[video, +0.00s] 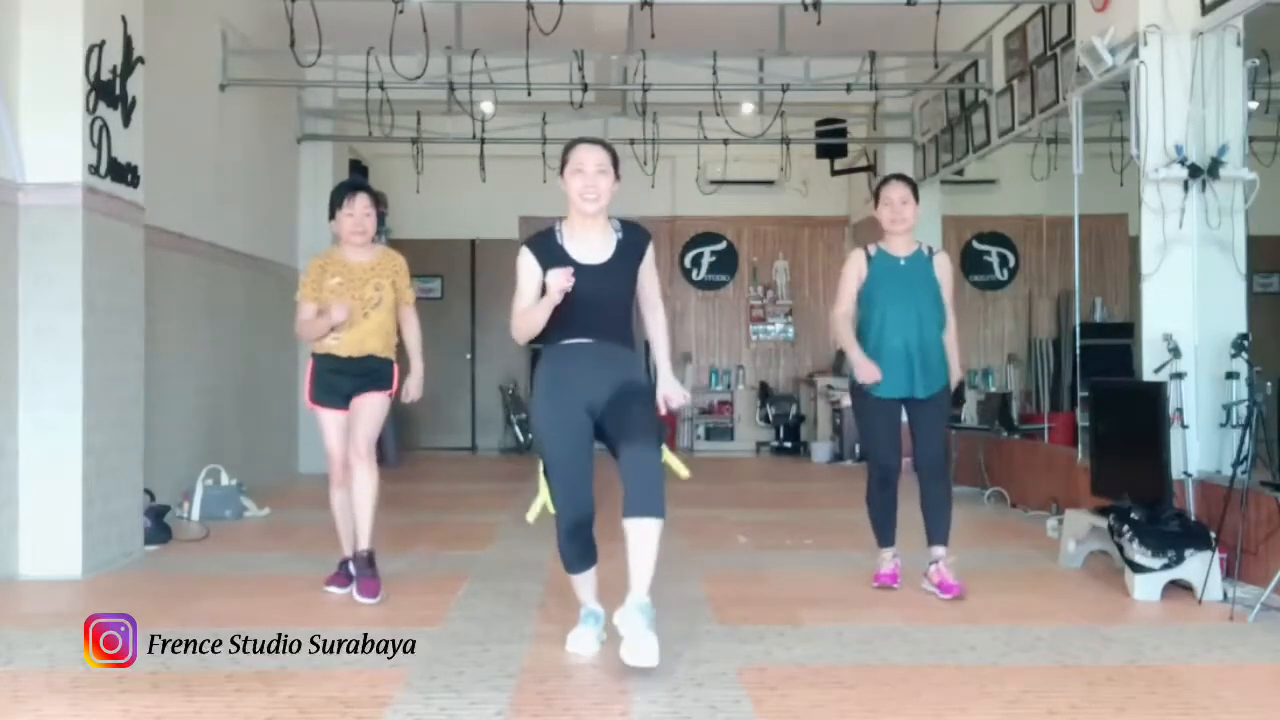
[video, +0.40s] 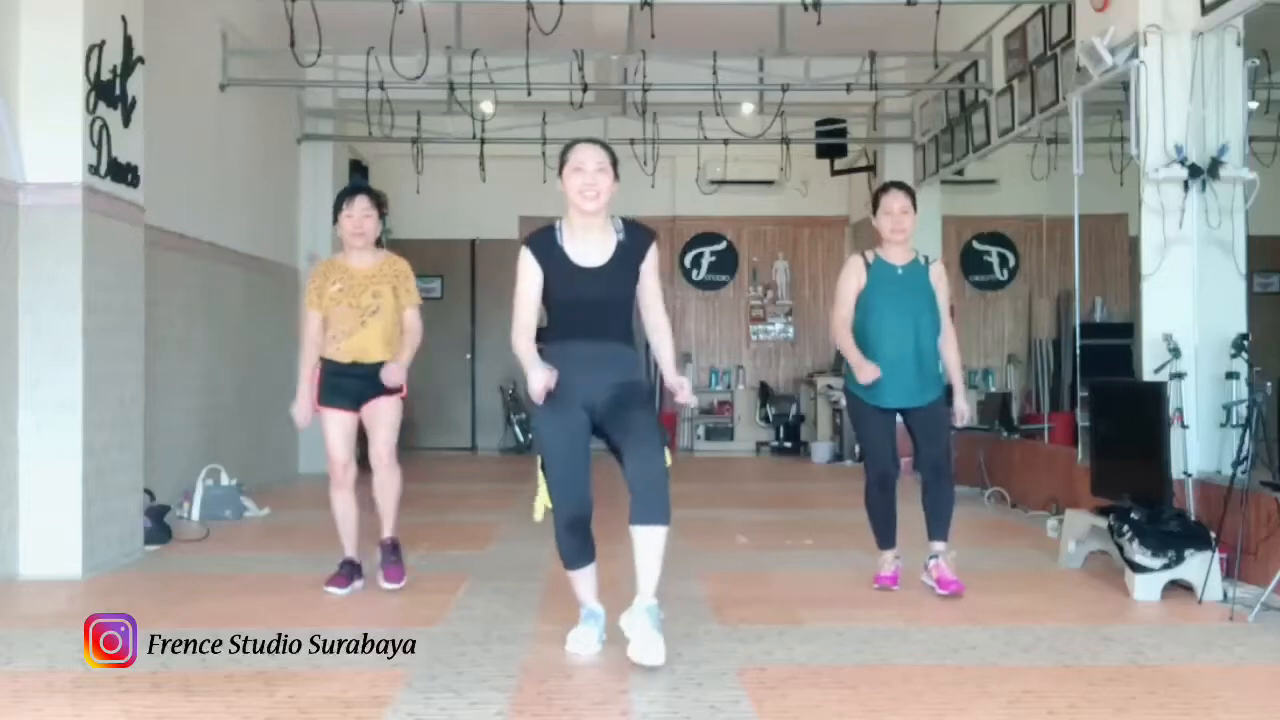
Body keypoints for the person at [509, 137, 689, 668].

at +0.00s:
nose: (589, 181)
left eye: (600, 172)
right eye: (579, 171)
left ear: (615, 182)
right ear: (562, 180)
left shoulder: (636, 242)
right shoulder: (537, 250)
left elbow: (653, 311)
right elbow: (521, 330)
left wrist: (665, 373)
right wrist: (549, 298)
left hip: (625, 374)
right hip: (559, 377)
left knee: (644, 465)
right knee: (573, 509)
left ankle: (638, 605)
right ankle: (590, 612)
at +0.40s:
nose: (589, 179)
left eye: (599, 171)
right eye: (578, 171)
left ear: (615, 182)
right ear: (561, 182)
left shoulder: (640, 244)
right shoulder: (538, 249)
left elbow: (655, 316)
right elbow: (522, 330)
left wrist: (670, 372)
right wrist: (534, 367)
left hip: (626, 385)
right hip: (559, 387)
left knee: (650, 471)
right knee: (570, 507)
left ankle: (645, 606)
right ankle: (591, 614)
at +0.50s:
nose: (590, 175)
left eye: (600, 167)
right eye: (579, 166)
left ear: (615, 178)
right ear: (562, 177)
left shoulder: (640, 237)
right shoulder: (537, 245)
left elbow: (664, 304)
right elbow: (520, 327)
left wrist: (669, 339)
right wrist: (519, 397)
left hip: (624, 380)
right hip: (558, 382)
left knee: (658, 472)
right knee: (570, 504)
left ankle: (646, 584)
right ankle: (590, 612)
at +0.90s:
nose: (588, 179)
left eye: (599, 171)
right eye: (577, 170)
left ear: (615, 182)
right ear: (560, 180)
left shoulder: (637, 236)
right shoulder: (537, 242)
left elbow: (682, 298)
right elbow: (481, 301)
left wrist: (660, 267)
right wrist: (457, 380)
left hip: (627, 380)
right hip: (562, 384)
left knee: (661, 484)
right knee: (568, 502)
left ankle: (655, 574)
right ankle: (590, 611)